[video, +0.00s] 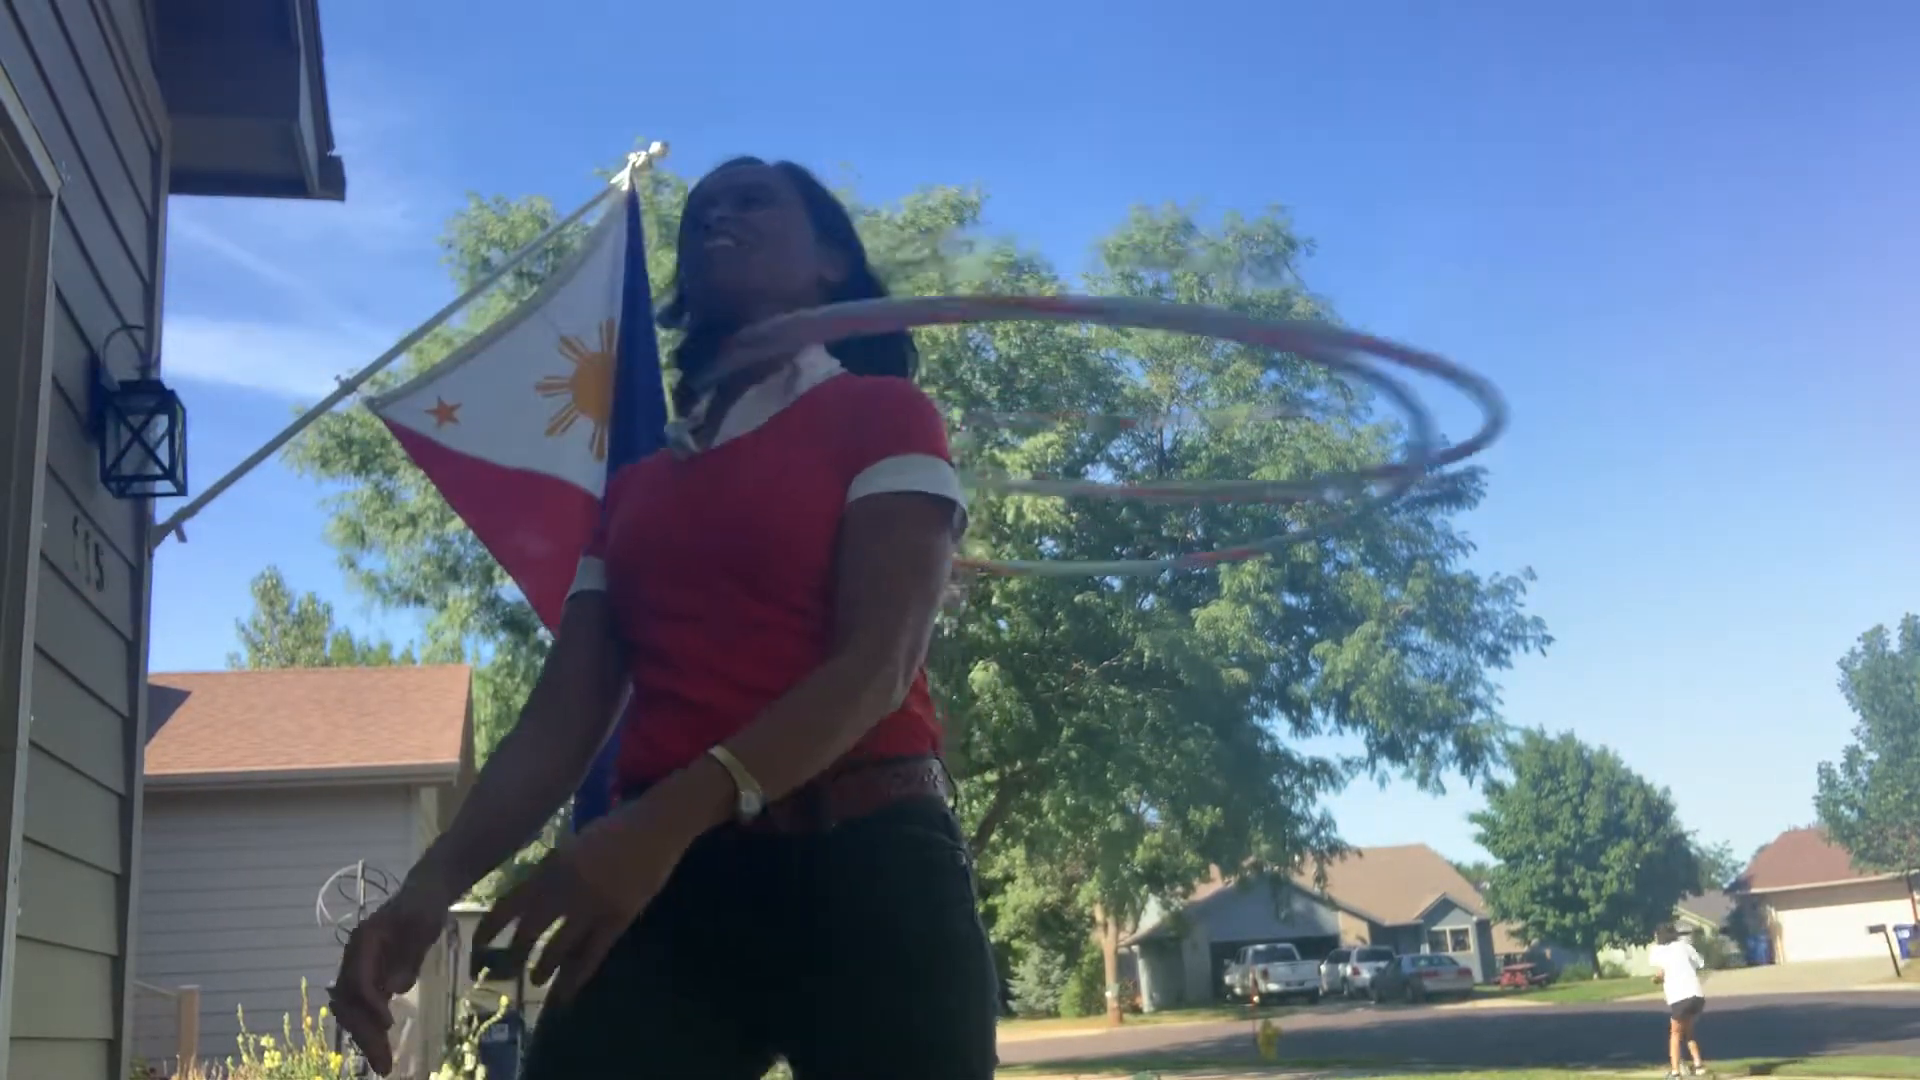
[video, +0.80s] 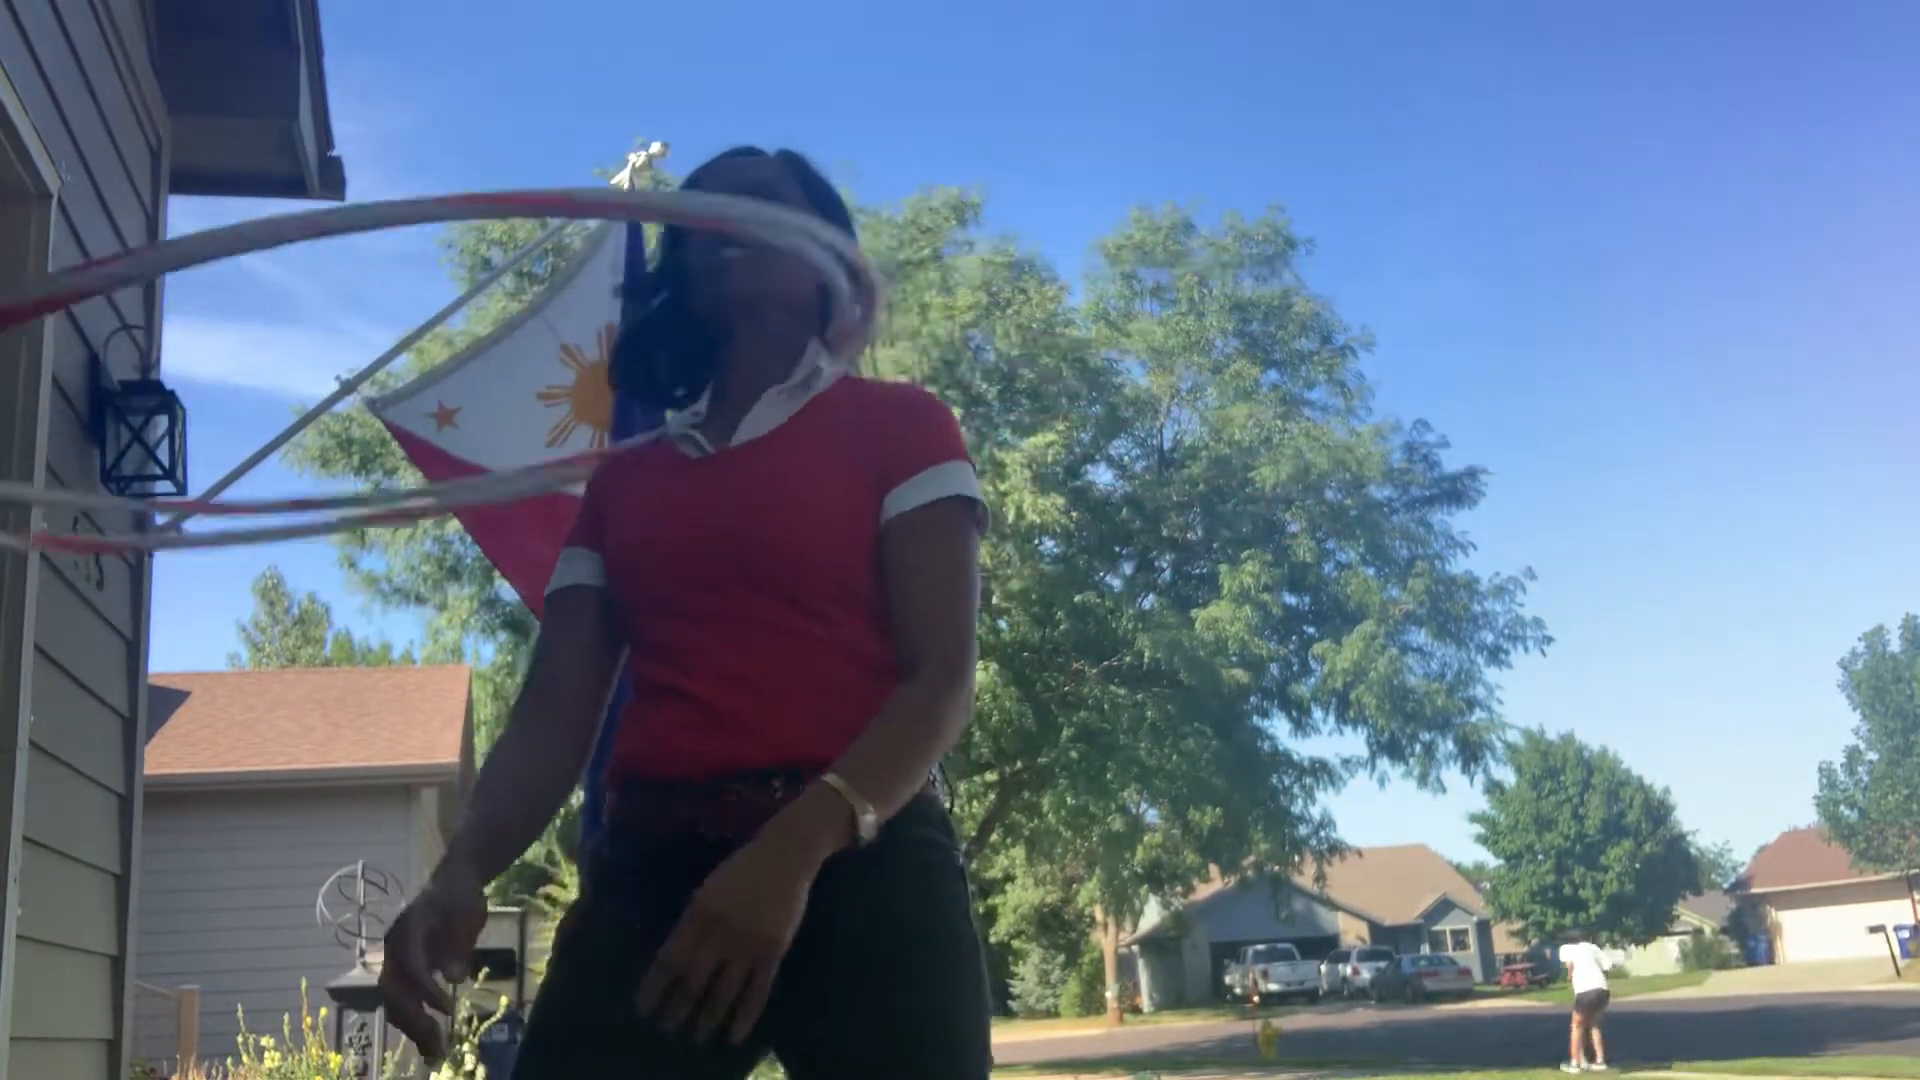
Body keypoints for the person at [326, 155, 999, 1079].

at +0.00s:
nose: (713, 222)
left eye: (752, 202)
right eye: (697, 223)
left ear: (832, 265)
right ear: (686, 291)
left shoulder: (880, 412)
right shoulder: (638, 480)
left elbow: (877, 662)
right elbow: (566, 706)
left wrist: (664, 819)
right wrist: (430, 891)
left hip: (866, 861)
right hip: (666, 880)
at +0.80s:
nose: (727, 220)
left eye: (766, 202)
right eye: (704, 208)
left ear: (837, 268)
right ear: (676, 268)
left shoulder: (896, 421)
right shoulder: (625, 476)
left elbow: (942, 680)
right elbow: (555, 709)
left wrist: (794, 847)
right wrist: (459, 879)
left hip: (865, 872)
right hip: (650, 874)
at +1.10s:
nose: (777, 220)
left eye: (816, 202)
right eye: (757, 217)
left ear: (892, 261)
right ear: (741, 279)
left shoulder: (932, 425)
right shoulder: (661, 468)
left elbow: (920, 673)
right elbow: (581, 683)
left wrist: (703, 800)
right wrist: (492, 808)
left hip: (877, 862)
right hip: (662, 877)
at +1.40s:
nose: (772, 226)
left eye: (809, 205)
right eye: (748, 217)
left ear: (878, 259)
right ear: (724, 276)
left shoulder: (941, 434)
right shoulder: (663, 474)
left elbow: (963, 696)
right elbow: (588, 685)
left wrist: (786, 837)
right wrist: (501, 870)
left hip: (883, 870)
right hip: (672, 876)